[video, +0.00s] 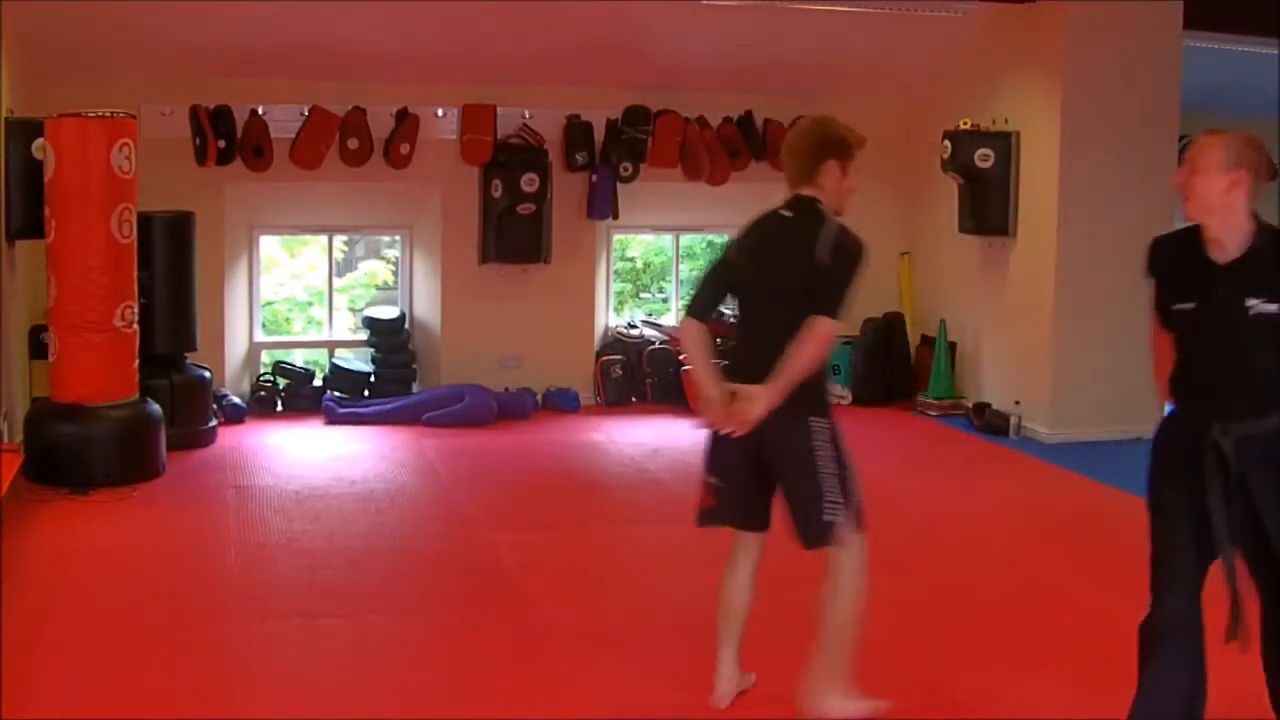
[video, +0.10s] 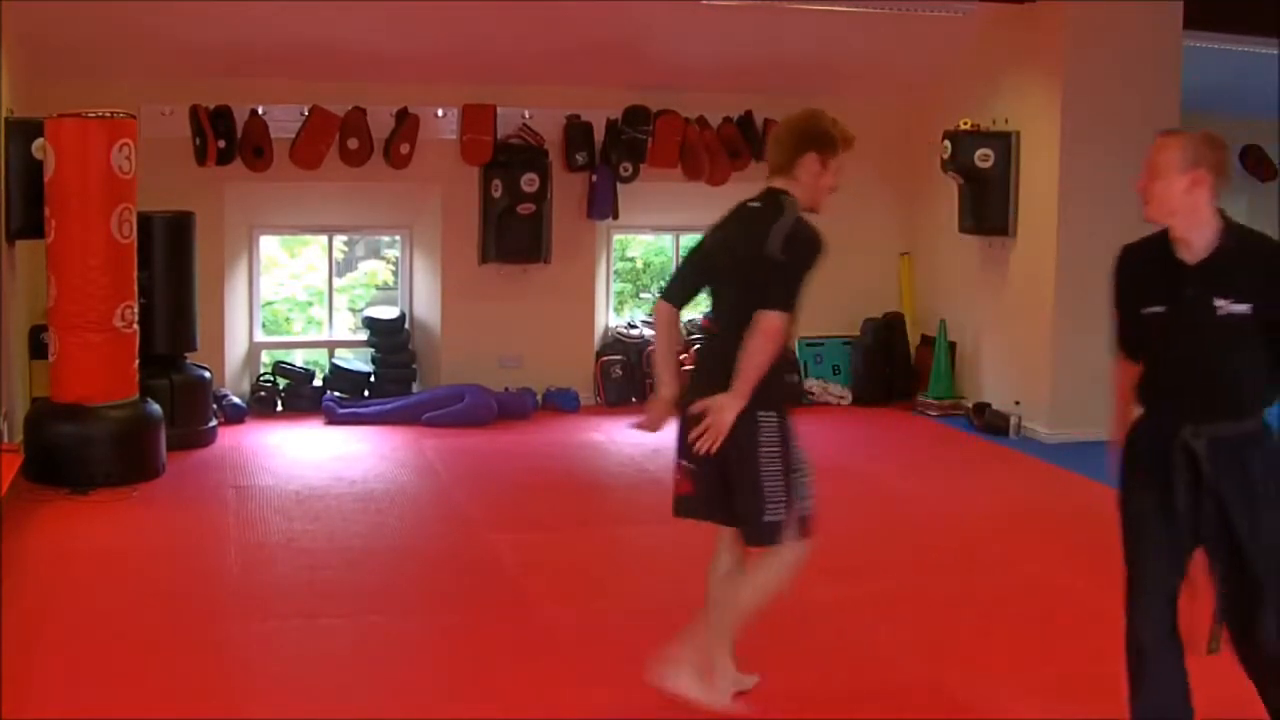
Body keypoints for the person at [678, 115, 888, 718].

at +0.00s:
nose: (853, 182)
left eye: (851, 171)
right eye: (850, 171)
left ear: (796, 171)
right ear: (831, 171)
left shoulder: (754, 232)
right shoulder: (839, 241)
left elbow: (694, 320)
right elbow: (821, 330)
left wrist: (713, 394)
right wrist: (767, 394)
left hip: (737, 409)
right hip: (799, 412)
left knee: (745, 541)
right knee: (847, 543)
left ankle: (725, 675)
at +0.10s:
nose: (833, 185)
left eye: (836, 174)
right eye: (832, 173)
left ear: (780, 164)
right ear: (810, 165)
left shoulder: (735, 220)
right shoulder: (795, 230)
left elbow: (668, 303)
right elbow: (771, 320)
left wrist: (667, 387)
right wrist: (735, 395)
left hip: (713, 396)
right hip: (756, 405)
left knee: (734, 535)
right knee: (789, 541)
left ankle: (717, 666)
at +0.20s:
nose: (816, 197)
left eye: (820, 185)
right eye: (812, 183)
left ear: (769, 172)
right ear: (785, 173)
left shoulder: (721, 222)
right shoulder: (760, 235)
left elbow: (655, 315)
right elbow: (725, 337)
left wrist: (644, 406)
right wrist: (710, 432)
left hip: (691, 391)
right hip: (708, 400)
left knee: (725, 539)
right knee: (702, 548)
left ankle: (718, 670)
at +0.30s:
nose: (809, 242)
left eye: (814, 231)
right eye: (810, 228)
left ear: (775, 213)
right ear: (784, 214)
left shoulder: (713, 254)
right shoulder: (737, 269)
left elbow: (666, 350)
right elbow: (703, 378)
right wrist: (699, 483)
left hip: (663, 416)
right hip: (646, 420)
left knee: (720, 516)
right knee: (634, 569)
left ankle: (680, 652)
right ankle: (543, 673)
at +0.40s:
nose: (811, 309)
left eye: (817, 298)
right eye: (812, 295)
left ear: (777, 277)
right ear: (785, 280)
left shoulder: (716, 305)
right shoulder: (722, 320)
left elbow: (671, 409)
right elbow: (695, 436)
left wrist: (677, 484)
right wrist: (705, 540)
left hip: (613, 426)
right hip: (591, 428)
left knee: (677, 526)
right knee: (631, 576)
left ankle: (606, 630)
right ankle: (543, 672)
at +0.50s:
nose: (804, 390)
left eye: (811, 379)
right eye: (808, 376)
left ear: (777, 353)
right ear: (783, 357)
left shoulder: (718, 359)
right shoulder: (717, 371)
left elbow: (689, 470)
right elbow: (700, 480)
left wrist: (698, 545)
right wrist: (725, 583)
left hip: (573, 421)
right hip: (563, 424)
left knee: (588, 562)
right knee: (614, 568)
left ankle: (488, 591)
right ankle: (542, 675)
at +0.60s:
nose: (790, 459)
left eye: (799, 450)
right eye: (796, 447)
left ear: (775, 416)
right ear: (779, 424)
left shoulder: (716, 410)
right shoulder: (720, 423)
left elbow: (701, 529)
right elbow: (708, 542)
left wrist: (723, 607)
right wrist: (742, 635)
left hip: (543, 419)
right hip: (558, 429)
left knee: (544, 569)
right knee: (617, 568)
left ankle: (407, 589)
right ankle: (541, 677)